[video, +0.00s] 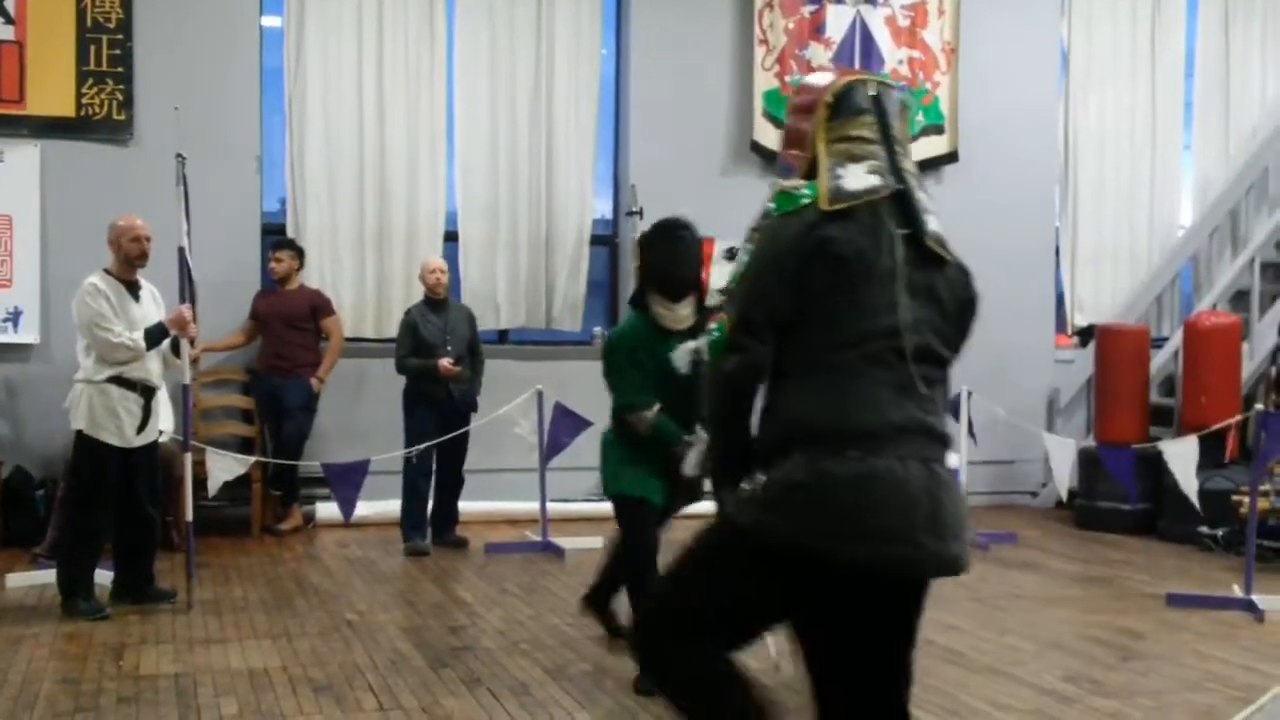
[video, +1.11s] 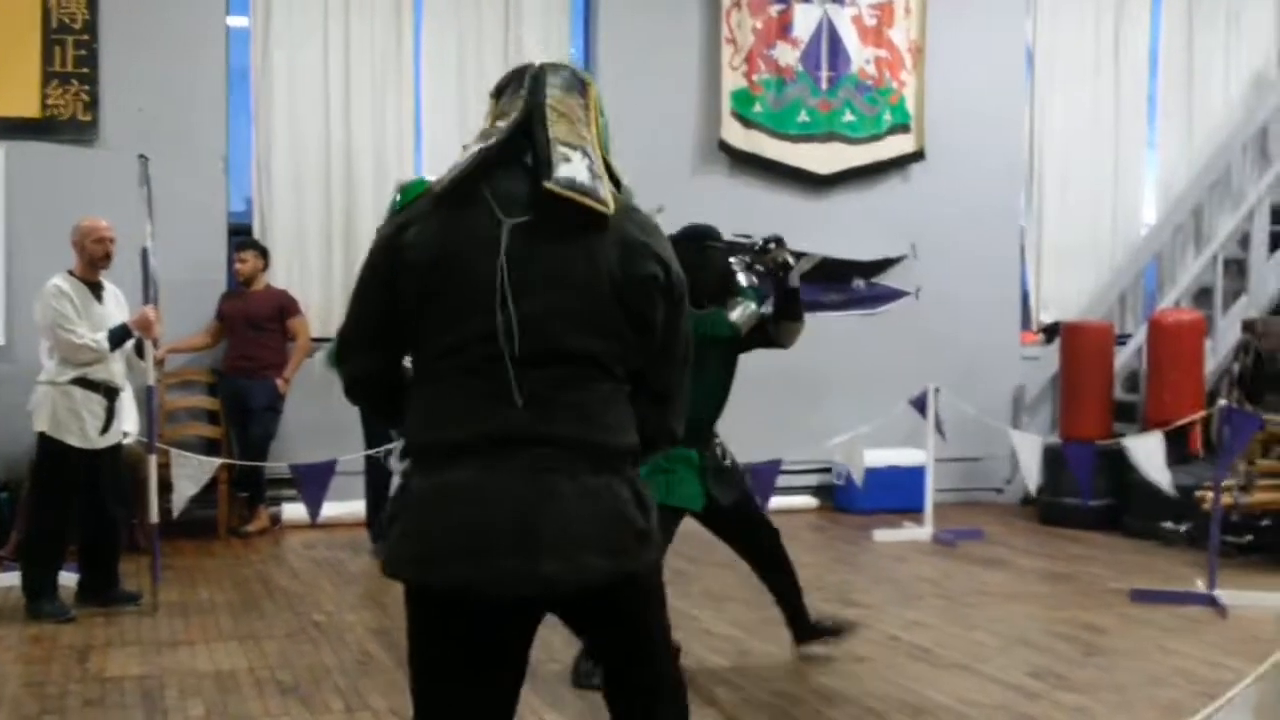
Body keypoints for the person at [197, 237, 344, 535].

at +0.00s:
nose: (273, 265)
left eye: (280, 260)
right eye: (272, 260)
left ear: (297, 264)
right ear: (270, 264)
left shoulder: (315, 299)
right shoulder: (263, 299)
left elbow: (336, 338)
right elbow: (245, 336)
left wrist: (320, 377)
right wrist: (205, 347)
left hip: (300, 382)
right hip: (267, 380)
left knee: (289, 445)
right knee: (275, 445)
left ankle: (289, 510)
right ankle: (288, 510)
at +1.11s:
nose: (238, 266)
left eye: (244, 261)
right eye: (236, 261)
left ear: (262, 263)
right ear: (235, 265)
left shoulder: (281, 299)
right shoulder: (229, 300)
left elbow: (303, 339)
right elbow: (210, 337)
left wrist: (286, 378)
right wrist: (169, 349)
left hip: (266, 382)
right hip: (232, 381)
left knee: (255, 446)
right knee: (241, 447)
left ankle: (258, 511)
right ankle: (255, 511)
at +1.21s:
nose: (216, 265)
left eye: (222, 260)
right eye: (214, 259)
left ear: (237, 263)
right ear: (211, 264)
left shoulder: (254, 299)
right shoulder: (208, 299)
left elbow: (277, 338)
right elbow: (186, 335)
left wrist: (260, 377)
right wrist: (145, 349)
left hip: (238, 381)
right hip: (206, 379)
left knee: (228, 445)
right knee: (211, 446)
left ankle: (231, 510)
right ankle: (218, 509)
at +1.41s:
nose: (176, 268)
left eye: (182, 262)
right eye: (174, 263)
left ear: (201, 266)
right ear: (172, 267)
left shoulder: (219, 300)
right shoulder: (168, 301)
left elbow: (242, 340)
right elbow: (148, 338)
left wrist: (225, 380)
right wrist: (107, 351)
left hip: (204, 384)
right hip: (170, 383)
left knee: (193, 449)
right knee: (175, 449)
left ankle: (196, 513)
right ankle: (186, 512)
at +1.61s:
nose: (143, 267)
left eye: (149, 262)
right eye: (141, 262)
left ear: (167, 265)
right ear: (139, 266)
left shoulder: (185, 301)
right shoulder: (135, 301)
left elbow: (209, 341)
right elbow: (114, 339)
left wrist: (192, 381)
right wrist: (72, 351)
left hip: (169, 384)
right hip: (135, 382)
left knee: (159, 448)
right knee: (140, 449)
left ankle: (162, 514)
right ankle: (147, 512)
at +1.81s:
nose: (105, 267)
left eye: (112, 261)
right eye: (103, 262)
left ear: (130, 264)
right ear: (102, 265)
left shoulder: (148, 301)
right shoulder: (98, 301)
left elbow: (174, 340)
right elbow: (76, 340)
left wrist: (156, 381)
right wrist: (33, 353)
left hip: (134, 385)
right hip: (100, 384)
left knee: (124, 451)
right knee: (107, 451)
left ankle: (129, 517)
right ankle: (121, 515)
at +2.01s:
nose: (75, 269)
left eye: (82, 263)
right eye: (73, 264)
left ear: (101, 266)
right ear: (72, 268)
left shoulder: (119, 303)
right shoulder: (67, 304)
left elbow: (144, 344)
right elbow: (45, 343)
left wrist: (126, 384)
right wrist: (5, 354)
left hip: (104, 389)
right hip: (69, 387)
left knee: (93, 454)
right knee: (77, 455)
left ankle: (97, 521)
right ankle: (86, 520)